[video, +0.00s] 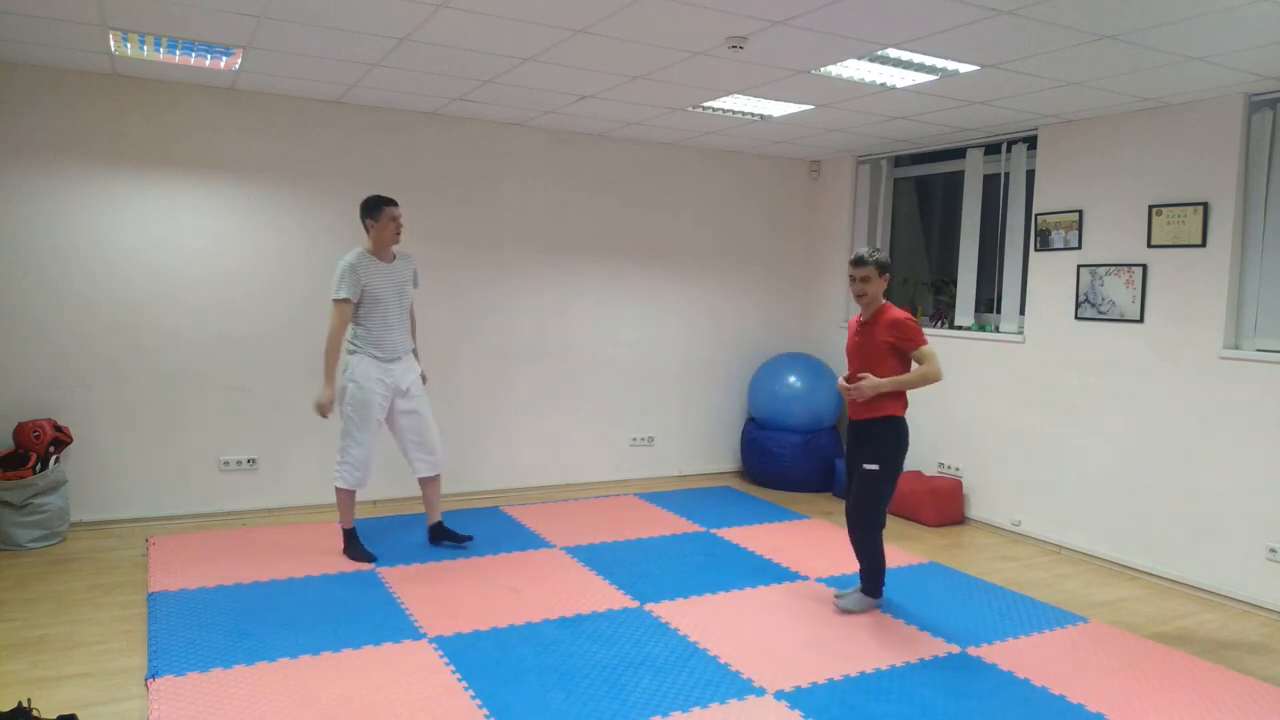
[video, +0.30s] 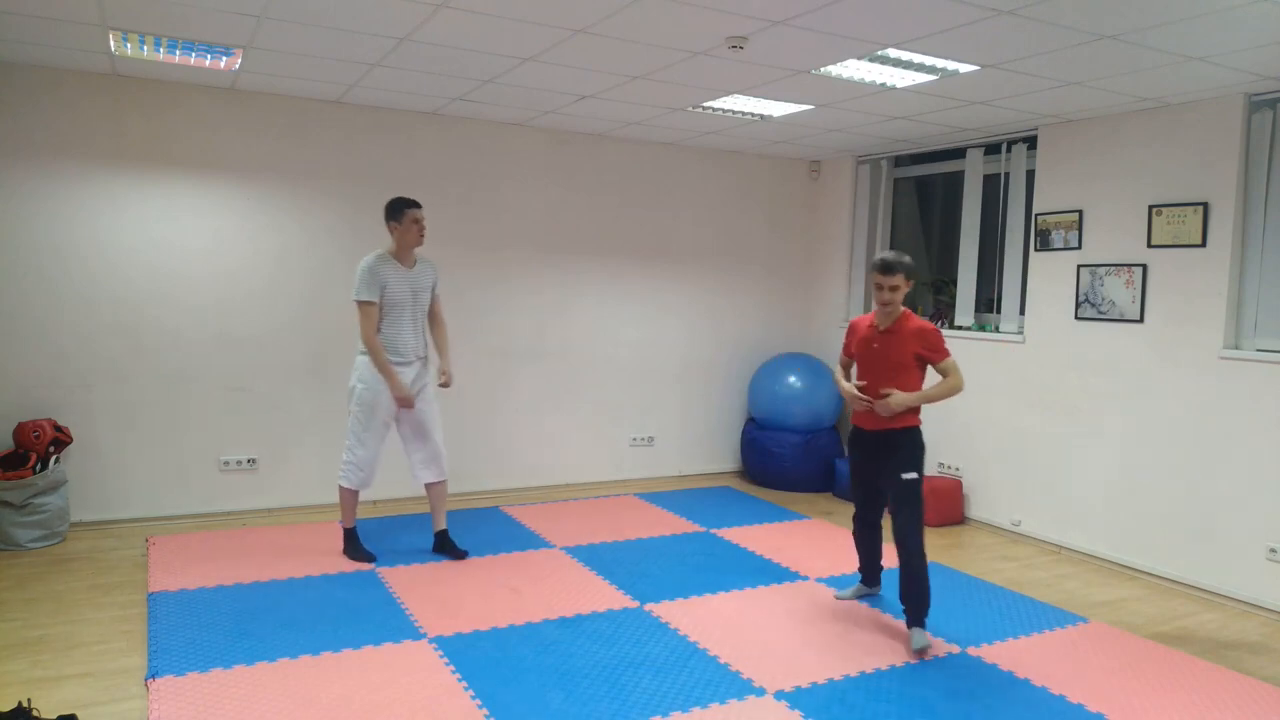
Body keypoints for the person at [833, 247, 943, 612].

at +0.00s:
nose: (858, 287)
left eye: (866, 280)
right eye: (853, 280)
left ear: (884, 280)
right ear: (848, 281)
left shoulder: (898, 322)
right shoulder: (855, 323)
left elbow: (933, 371)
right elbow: (859, 368)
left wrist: (880, 384)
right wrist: (844, 381)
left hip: (886, 429)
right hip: (859, 427)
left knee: (866, 517)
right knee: (856, 514)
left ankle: (872, 592)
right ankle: (869, 584)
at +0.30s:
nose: (884, 295)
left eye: (893, 288)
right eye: (879, 286)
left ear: (908, 289)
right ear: (870, 285)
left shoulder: (922, 332)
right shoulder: (858, 327)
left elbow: (955, 381)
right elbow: (842, 367)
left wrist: (909, 398)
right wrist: (846, 386)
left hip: (903, 440)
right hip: (863, 437)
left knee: (907, 532)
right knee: (865, 519)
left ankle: (917, 623)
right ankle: (869, 581)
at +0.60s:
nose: (931, 294)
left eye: (940, 286)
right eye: (924, 284)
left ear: (950, 286)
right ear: (909, 279)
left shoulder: (962, 330)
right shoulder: (886, 325)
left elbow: (986, 387)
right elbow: (860, 370)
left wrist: (949, 421)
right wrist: (865, 413)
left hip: (937, 451)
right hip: (890, 447)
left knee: (934, 543)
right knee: (869, 528)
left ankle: (921, 630)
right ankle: (873, 583)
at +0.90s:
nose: (951, 298)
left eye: (959, 288)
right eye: (942, 288)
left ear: (970, 287)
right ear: (926, 283)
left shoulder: (987, 334)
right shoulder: (903, 331)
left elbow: (1013, 395)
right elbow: (870, 383)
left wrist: (979, 436)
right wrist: (889, 429)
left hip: (958, 469)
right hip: (908, 464)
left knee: (942, 568)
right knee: (910, 566)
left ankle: (921, 632)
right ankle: (911, 672)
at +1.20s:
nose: (979, 297)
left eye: (987, 287)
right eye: (970, 286)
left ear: (996, 285)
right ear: (948, 280)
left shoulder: (1007, 332)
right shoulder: (916, 333)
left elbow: (1024, 399)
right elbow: (885, 399)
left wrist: (1008, 450)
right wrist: (927, 448)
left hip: (990, 486)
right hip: (932, 483)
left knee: (1003, 592)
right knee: (926, 595)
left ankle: (962, 658)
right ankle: (920, 690)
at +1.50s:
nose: (1044, 309)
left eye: (1055, 300)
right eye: (1036, 296)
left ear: (1063, 299)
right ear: (1011, 288)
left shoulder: (1065, 350)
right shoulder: (971, 337)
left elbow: (1088, 425)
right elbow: (926, 406)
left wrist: (1055, 468)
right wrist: (970, 465)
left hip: (1036, 511)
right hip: (975, 506)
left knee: (1054, 638)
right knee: (950, 611)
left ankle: (1058, 717)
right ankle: (921, 693)